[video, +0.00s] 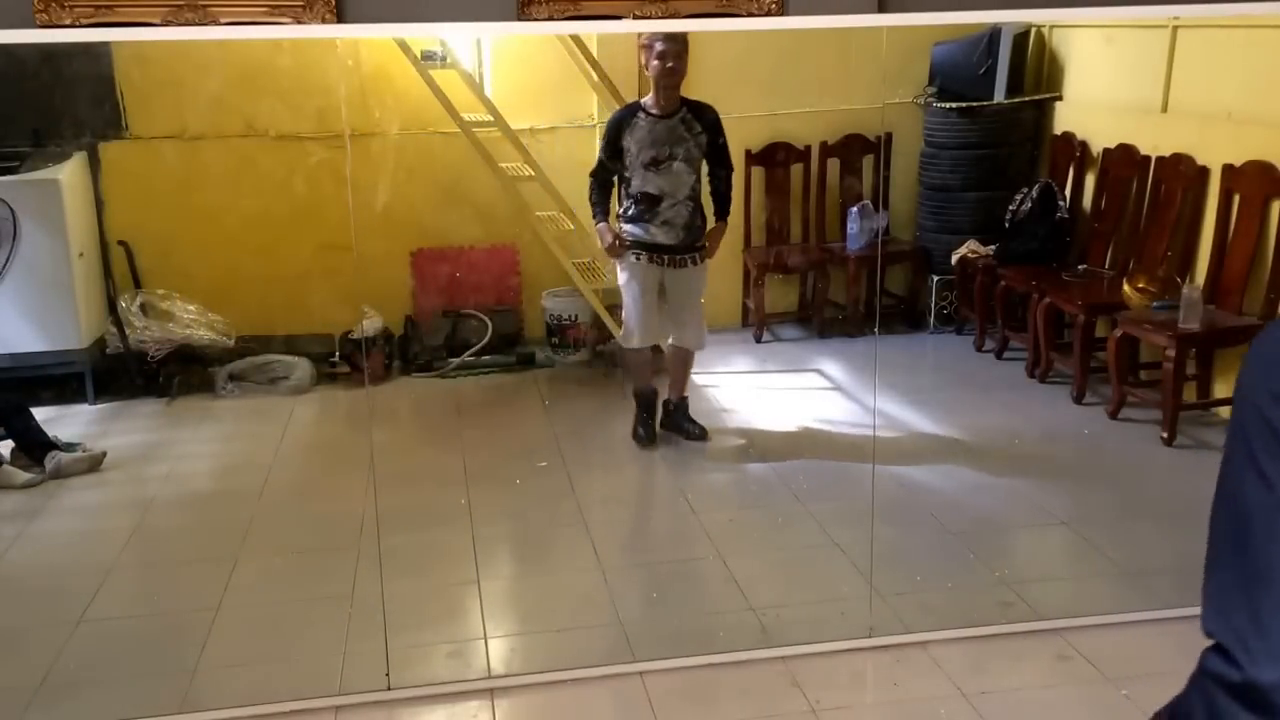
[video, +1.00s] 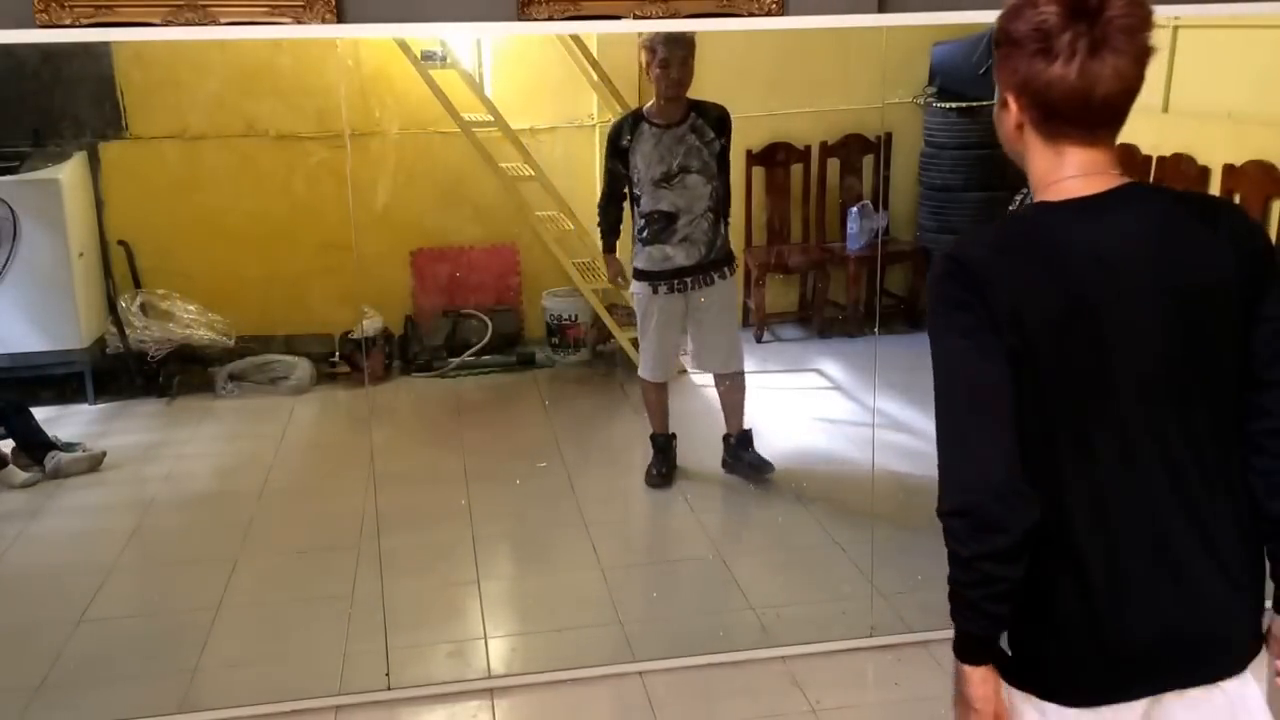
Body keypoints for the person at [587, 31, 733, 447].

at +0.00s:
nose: (670, 64)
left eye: (677, 57)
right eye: (662, 57)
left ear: (687, 63)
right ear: (646, 63)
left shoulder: (704, 118)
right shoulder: (623, 120)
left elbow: (721, 171)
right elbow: (602, 176)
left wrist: (721, 222)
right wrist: (601, 224)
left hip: (688, 247)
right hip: (636, 247)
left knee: (686, 333)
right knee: (638, 335)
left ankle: (676, 408)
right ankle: (644, 406)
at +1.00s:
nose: (673, 73)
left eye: (681, 63)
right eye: (663, 65)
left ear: (693, 66)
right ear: (646, 68)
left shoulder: (716, 119)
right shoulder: (625, 132)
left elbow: (723, 186)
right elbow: (611, 196)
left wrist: (722, 241)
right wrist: (610, 251)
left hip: (713, 267)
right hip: (655, 273)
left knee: (728, 362)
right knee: (654, 368)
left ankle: (736, 446)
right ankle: (662, 449)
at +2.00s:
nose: (769, 75)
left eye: (771, 66)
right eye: (759, 66)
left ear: (727, 73)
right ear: (729, 68)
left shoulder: (712, 121)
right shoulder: (730, 126)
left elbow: (728, 205)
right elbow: (742, 207)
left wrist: (763, 243)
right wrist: (770, 250)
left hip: (716, 270)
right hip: (734, 272)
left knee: (733, 365)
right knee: (747, 367)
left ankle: (732, 456)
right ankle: (673, 441)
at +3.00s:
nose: (663, 101)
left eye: (674, 92)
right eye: (655, 91)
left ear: (690, 86)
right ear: (643, 83)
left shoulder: (716, 127)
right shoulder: (621, 139)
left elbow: (731, 197)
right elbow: (608, 208)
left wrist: (734, 255)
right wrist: (615, 272)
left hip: (711, 279)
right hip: (645, 283)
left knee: (727, 371)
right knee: (631, 381)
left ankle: (736, 456)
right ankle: (628, 466)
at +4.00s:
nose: (691, 116)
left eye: (701, 109)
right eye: (684, 108)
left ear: (716, 96)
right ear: (671, 92)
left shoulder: (733, 127)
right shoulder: (642, 133)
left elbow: (741, 201)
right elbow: (630, 209)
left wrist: (721, 261)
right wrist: (667, 265)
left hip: (721, 277)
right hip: (657, 278)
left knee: (730, 372)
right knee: (639, 375)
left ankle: (737, 456)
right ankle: (629, 465)